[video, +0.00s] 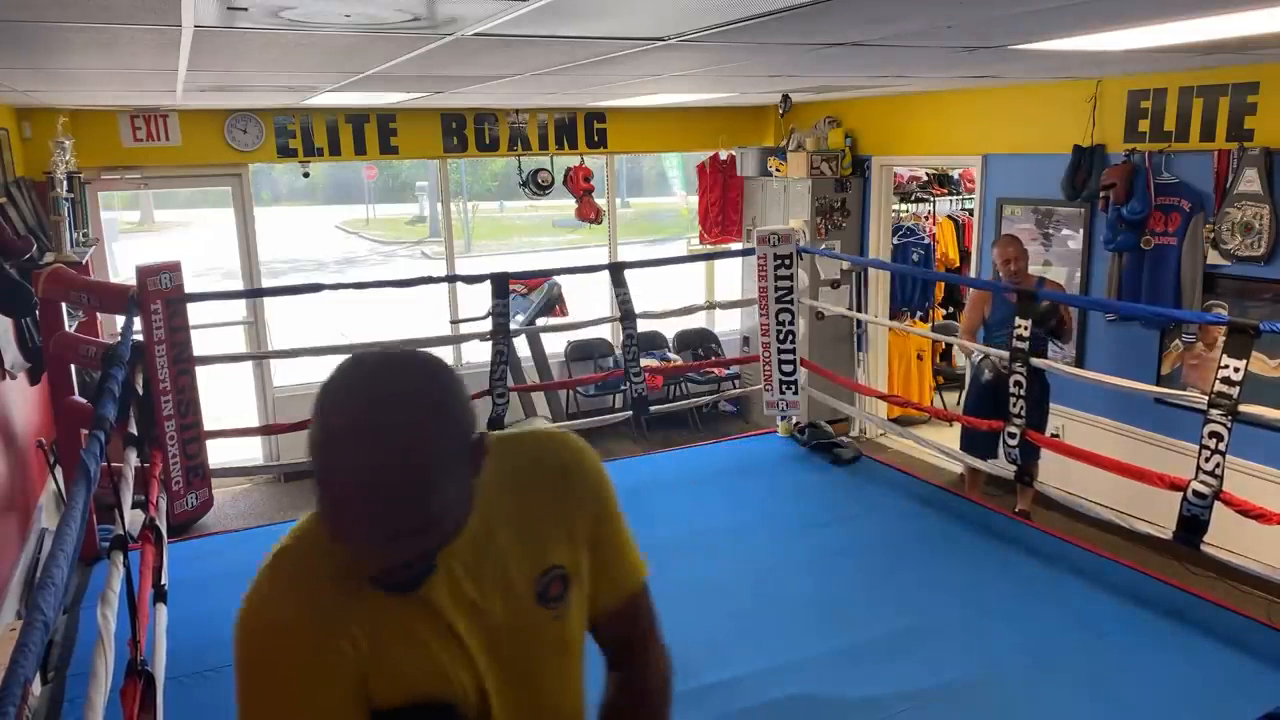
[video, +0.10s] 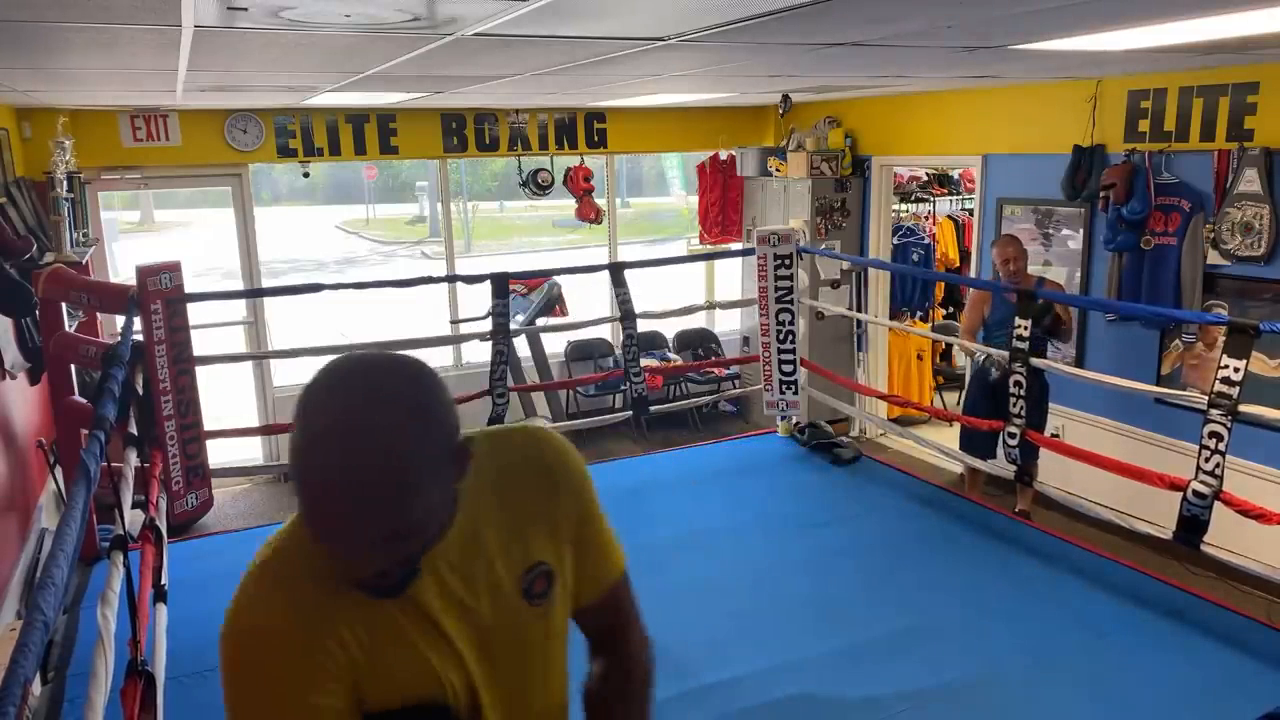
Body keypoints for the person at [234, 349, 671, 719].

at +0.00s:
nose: (378, 568)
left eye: (413, 548)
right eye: (351, 541)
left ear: (478, 461)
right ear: (318, 476)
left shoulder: (556, 473)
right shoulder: (287, 623)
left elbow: (636, 654)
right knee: (423, 705)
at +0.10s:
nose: (368, 575)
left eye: (400, 552)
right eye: (335, 547)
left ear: (461, 466)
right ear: (296, 482)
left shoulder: (538, 469)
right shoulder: (273, 630)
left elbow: (620, 646)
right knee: (419, 708)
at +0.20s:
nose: (364, 576)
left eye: (395, 555)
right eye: (331, 547)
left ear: (452, 464)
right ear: (290, 473)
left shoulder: (517, 467)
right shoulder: (264, 629)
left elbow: (588, 626)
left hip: (523, 702)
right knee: (410, 708)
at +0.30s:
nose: (358, 553)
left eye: (396, 528)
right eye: (332, 519)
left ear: (454, 449)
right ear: (294, 439)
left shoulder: (502, 467)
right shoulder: (261, 621)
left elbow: (560, 626)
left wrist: (554, 711)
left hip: (512, 701)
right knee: (398, 705)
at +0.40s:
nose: (378, 525)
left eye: (410, 493)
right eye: (346, 490)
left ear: (453, 434)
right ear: (302, 428)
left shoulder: (487, 460)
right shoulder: (262, 604)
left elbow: (536, 607)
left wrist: (537, 708)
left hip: (504, 699)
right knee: (402, 696)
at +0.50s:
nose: (377, 500)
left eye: (409, 471)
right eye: (346, 471)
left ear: (451, 411)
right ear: (306, 410)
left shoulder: (477, 457)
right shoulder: (270, 584)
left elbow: (524, 595)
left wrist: (530, 702)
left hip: (496, 699)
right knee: (408, 681)